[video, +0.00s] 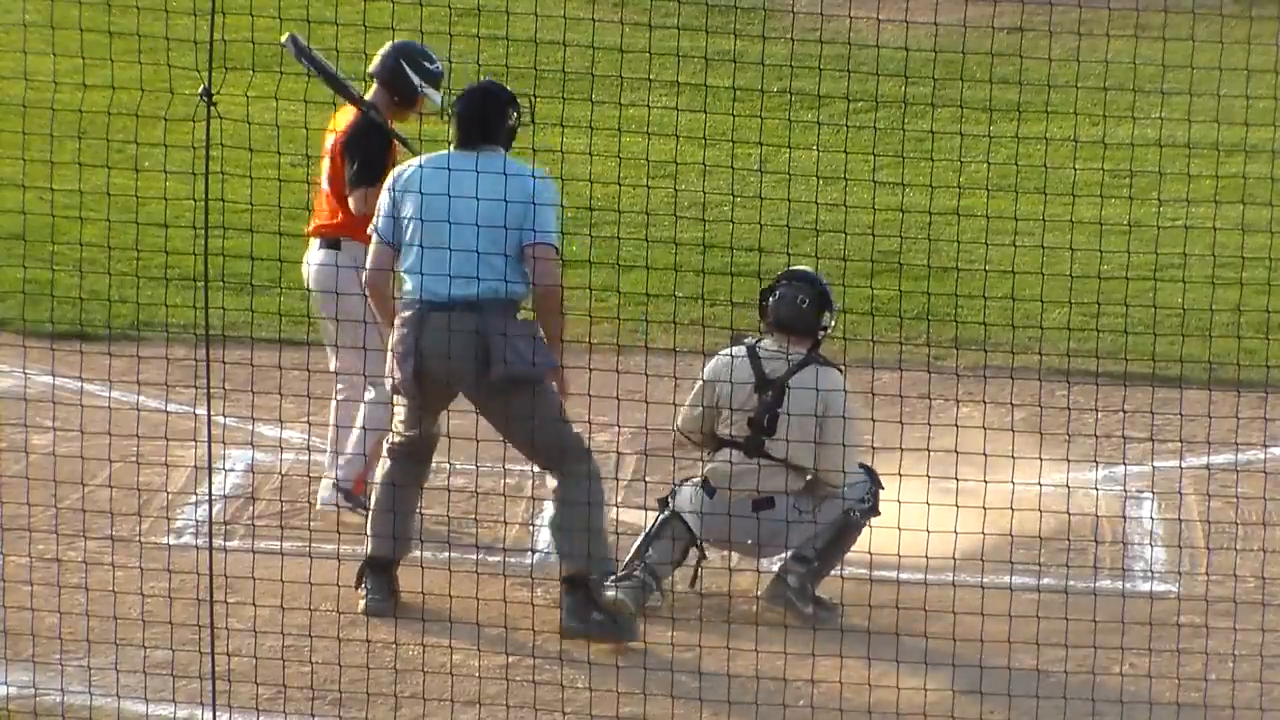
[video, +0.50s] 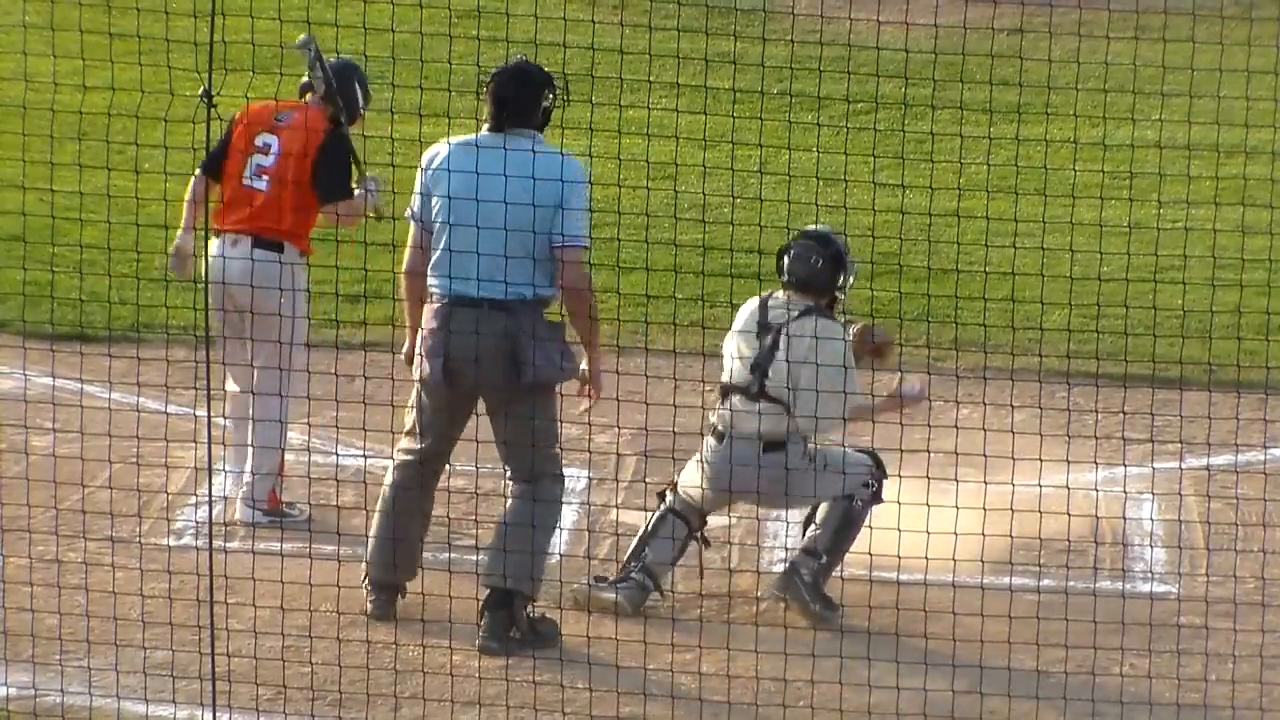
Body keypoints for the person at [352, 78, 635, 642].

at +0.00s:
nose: (517, 134)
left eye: (511, 126)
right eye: (515, 127)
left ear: (456, 129)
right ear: (509, 131)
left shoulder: (408, 176)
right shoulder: (532, 183)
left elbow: (375, 277)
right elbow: (543, 272)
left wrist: (399, 335)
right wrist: (554, 358)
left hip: (420, 336)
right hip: (496, 337)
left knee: (408, 447)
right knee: (572, 461)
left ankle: (378, 578)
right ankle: (581, 597)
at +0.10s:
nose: (511, 122)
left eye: (506, 114)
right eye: (510, 115)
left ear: (451, 117)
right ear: (505, 119)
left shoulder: (405, 165)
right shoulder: (530, 172)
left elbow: (380, 268)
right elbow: (540, 262)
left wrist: (406, 320)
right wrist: (542, 341)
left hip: (418, 330)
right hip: (492, 331)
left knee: (407, 446)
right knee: (557, 463)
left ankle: (377, 578)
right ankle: (536, 588)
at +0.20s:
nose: (515, 117)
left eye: (509, 109)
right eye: (514, 109)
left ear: (454, 113)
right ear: (507, 115)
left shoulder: (408, 162)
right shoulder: (533, 170)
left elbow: (388, 269)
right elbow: (543, 274)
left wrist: (415, 315)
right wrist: (537, 339)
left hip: (418, 330)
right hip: (490, 335)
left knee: (408, 447)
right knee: (540, 471)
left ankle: (377, 578)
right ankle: (511, 597)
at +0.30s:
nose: (525, 118)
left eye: (519, 109)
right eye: (523, 111)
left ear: (465, 114)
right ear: (517, 117)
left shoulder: (417, 163)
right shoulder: (540, 173)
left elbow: (397, 273)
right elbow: (546, 279)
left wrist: (420, 318)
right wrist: (547, 341)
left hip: (424, 334)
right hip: (497, 340)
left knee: (410, 449)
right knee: (533, 476)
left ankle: (377, 582)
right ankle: (504, 608)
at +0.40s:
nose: (539, 120)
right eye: (537, 112)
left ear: (478, 111)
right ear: (532, 116)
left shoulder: (431, 162)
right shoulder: (552, 173)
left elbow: (407, 269)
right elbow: (558, 279)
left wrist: (424, 321)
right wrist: (564, 350)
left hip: (436, 336)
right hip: (508, 341)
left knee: (413, 458)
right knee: (536, 479)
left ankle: (377, 589)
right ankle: (503, 610)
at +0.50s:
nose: (550, 115)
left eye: (543, 106)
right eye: (548, 107)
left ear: (490, 107)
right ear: (543, 112)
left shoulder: (440, 158)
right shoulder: (564, 170)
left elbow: (415, 265)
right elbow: (573, 280)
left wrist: (412, 332)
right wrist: (592, 352)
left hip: (446, 333)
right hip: (519, 338)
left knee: (419, 455)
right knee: (538, 478)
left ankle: (382, 587)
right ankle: (503, 611)